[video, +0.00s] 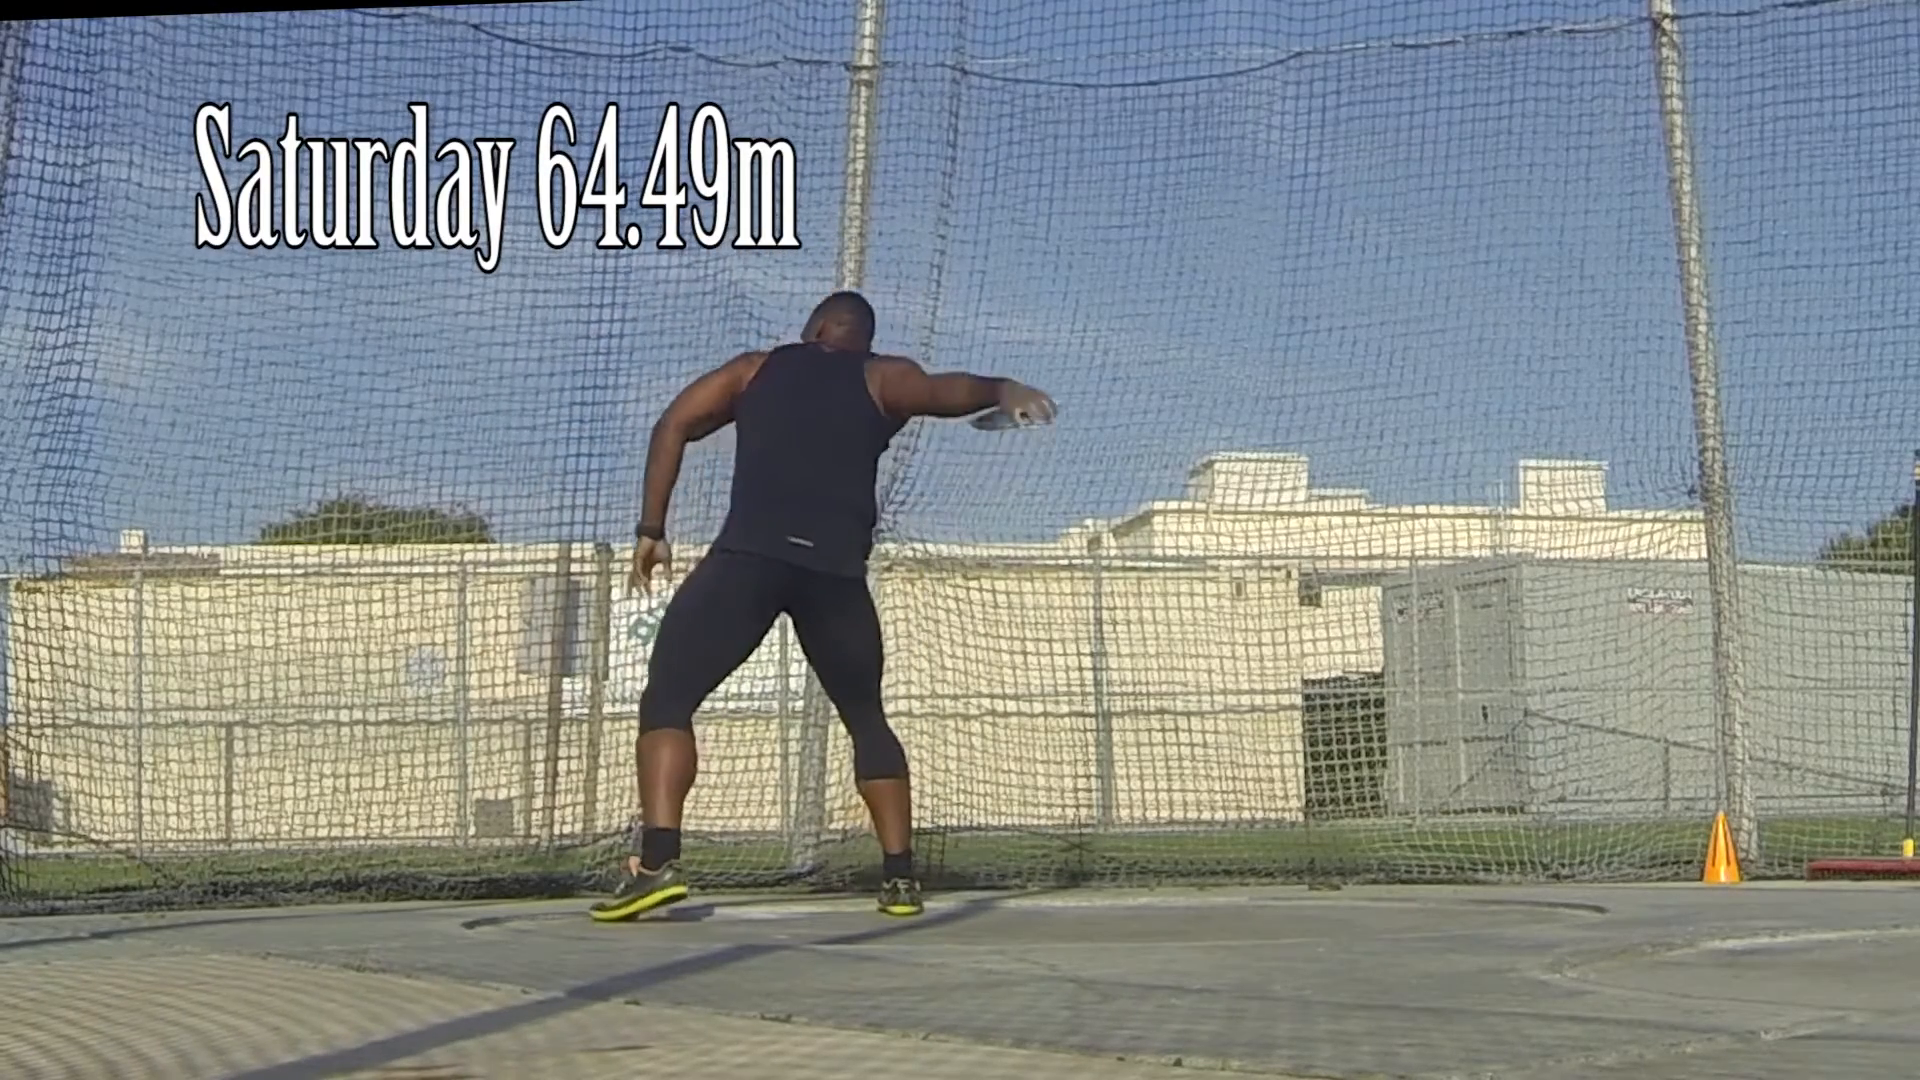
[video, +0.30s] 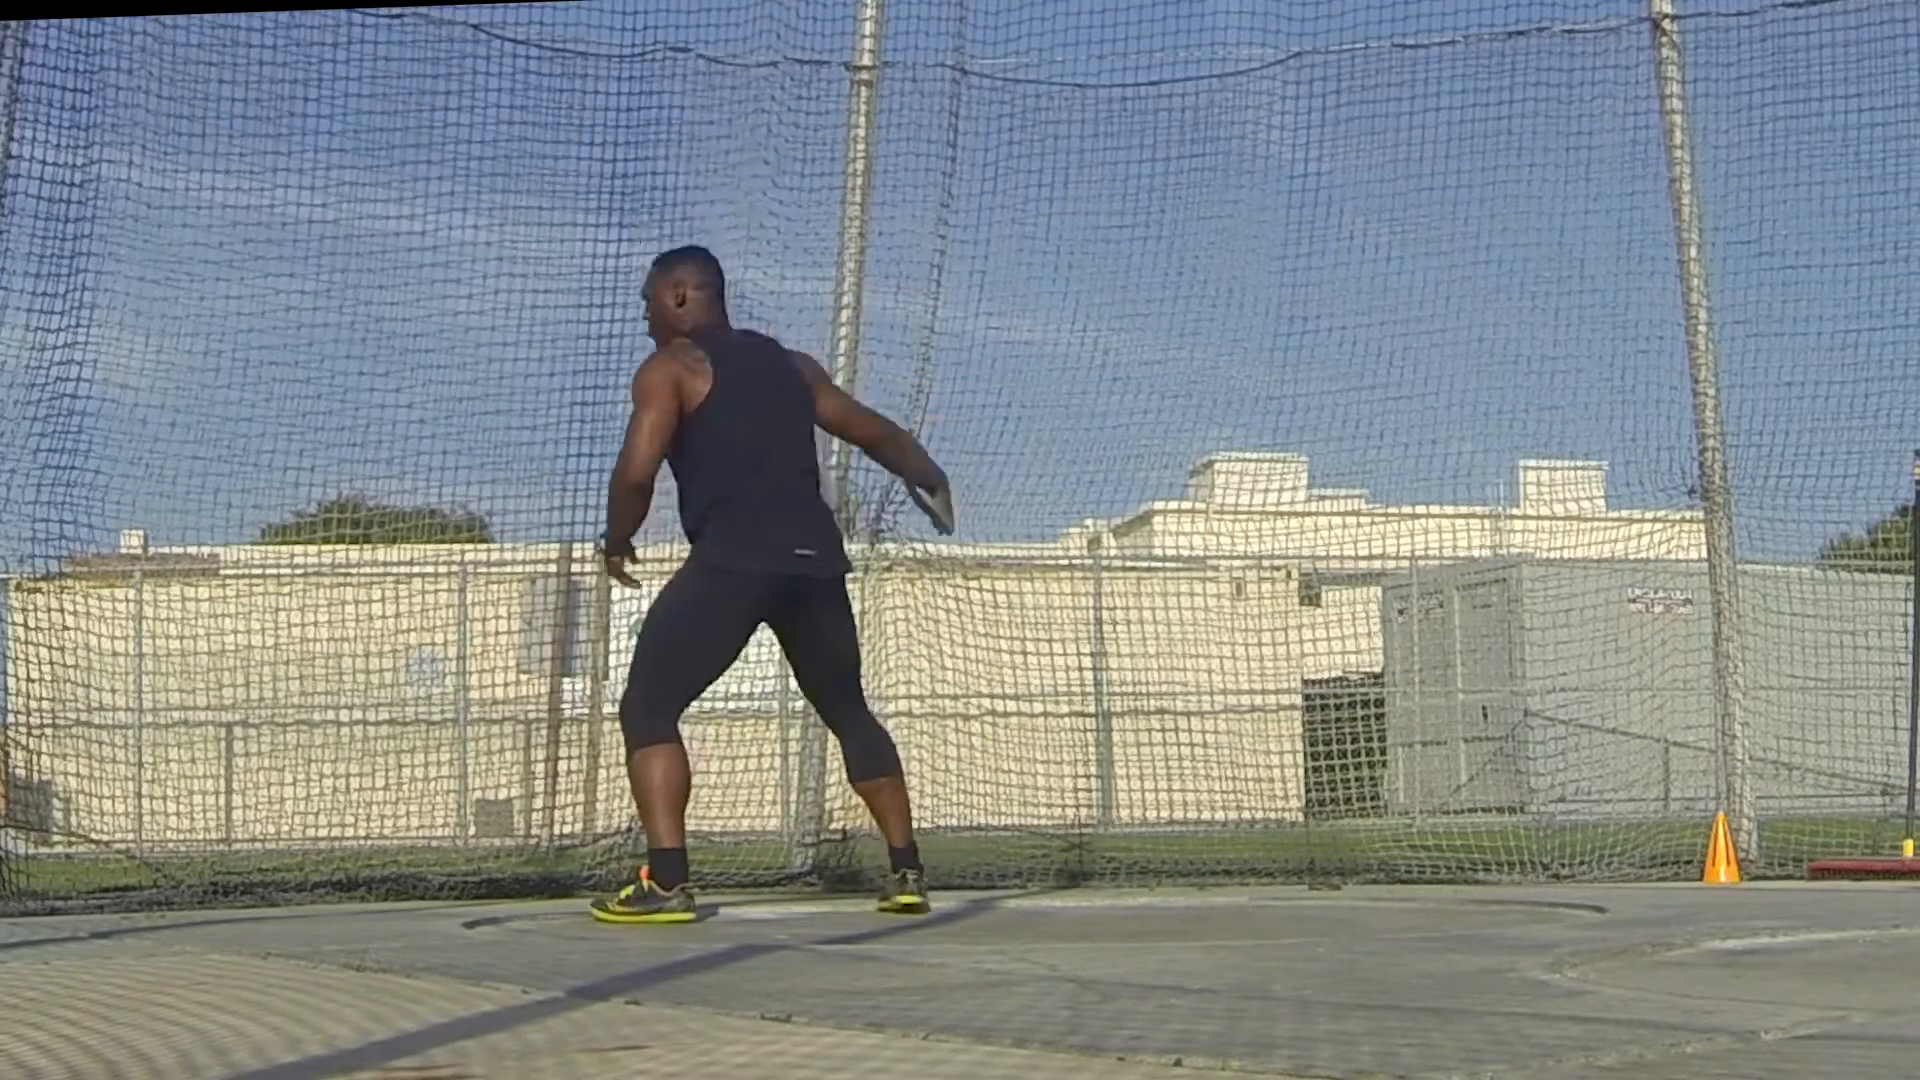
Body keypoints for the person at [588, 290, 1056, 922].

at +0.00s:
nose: (827, 331)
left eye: (821, 322)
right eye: (845, 329)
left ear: (810, 329)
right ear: (867, 343)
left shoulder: (758, 367)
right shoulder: (884, 376)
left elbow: (673, 424)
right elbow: (960, 392)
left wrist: (651, 529)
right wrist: (1007, 391)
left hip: (746, 561)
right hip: (837, 575)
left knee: (668, 698)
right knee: (867, 716)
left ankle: (657, 864)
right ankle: (900, 877)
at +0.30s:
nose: (646, 318)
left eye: (650, 304)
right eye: (645, 306)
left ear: (681, 298)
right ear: (714, 300)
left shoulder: (670, 365)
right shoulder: (792, 366)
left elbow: (635, 472)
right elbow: (873, 430)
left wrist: (616, 540)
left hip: (732, 562)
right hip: (814, 566)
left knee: (648, 707)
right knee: (849, 710)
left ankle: (666, 881)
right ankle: (908, 870)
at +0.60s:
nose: (650, 277)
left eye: (655, 262)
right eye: (652, 263)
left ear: (681, 259)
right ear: (713, 259)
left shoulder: (712, 346)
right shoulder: (692, 329)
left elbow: (624, 444)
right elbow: (581, 360)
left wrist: (523, 421)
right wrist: (492, 372)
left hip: (732, 546)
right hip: (783, 538)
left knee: (668, 695)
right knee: (815, 687)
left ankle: (667, 879)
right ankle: (903, 837)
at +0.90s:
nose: (653, 265)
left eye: (661, 252)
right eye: (656, 254)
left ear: (694, 252)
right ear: (709, 252)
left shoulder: (764, 354)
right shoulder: (672, 316)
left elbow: (735, 465)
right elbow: (588, 320)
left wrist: (683, 391)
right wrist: (671, 301)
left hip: (723, 541)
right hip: (738, 539)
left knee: (675, 696)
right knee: (787, 686)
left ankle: (670, 877)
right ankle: (883, 831)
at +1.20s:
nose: (630, 345)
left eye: (632, 328)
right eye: (628, 331)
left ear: (659, 318)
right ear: (675, 316)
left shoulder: (743, 380)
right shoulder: (668, 390)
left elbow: (775, 483)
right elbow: (640, 454)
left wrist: (674, 463)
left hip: (775, 561)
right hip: (835, 559)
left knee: (678, 700)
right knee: (826, 707)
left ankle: (669, 879)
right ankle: (903, 869)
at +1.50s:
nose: (747, 416)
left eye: (746, 408)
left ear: (750, 402)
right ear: (805, 401)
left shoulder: (743, 424)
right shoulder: (863, 453)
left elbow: (701, 480)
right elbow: (913, 554)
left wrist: (639, 559)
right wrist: (899, 611)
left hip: (783, 587)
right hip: (873, 599)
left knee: (649, 693)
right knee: (869, 728)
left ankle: (650, 852)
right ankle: (904, 877)